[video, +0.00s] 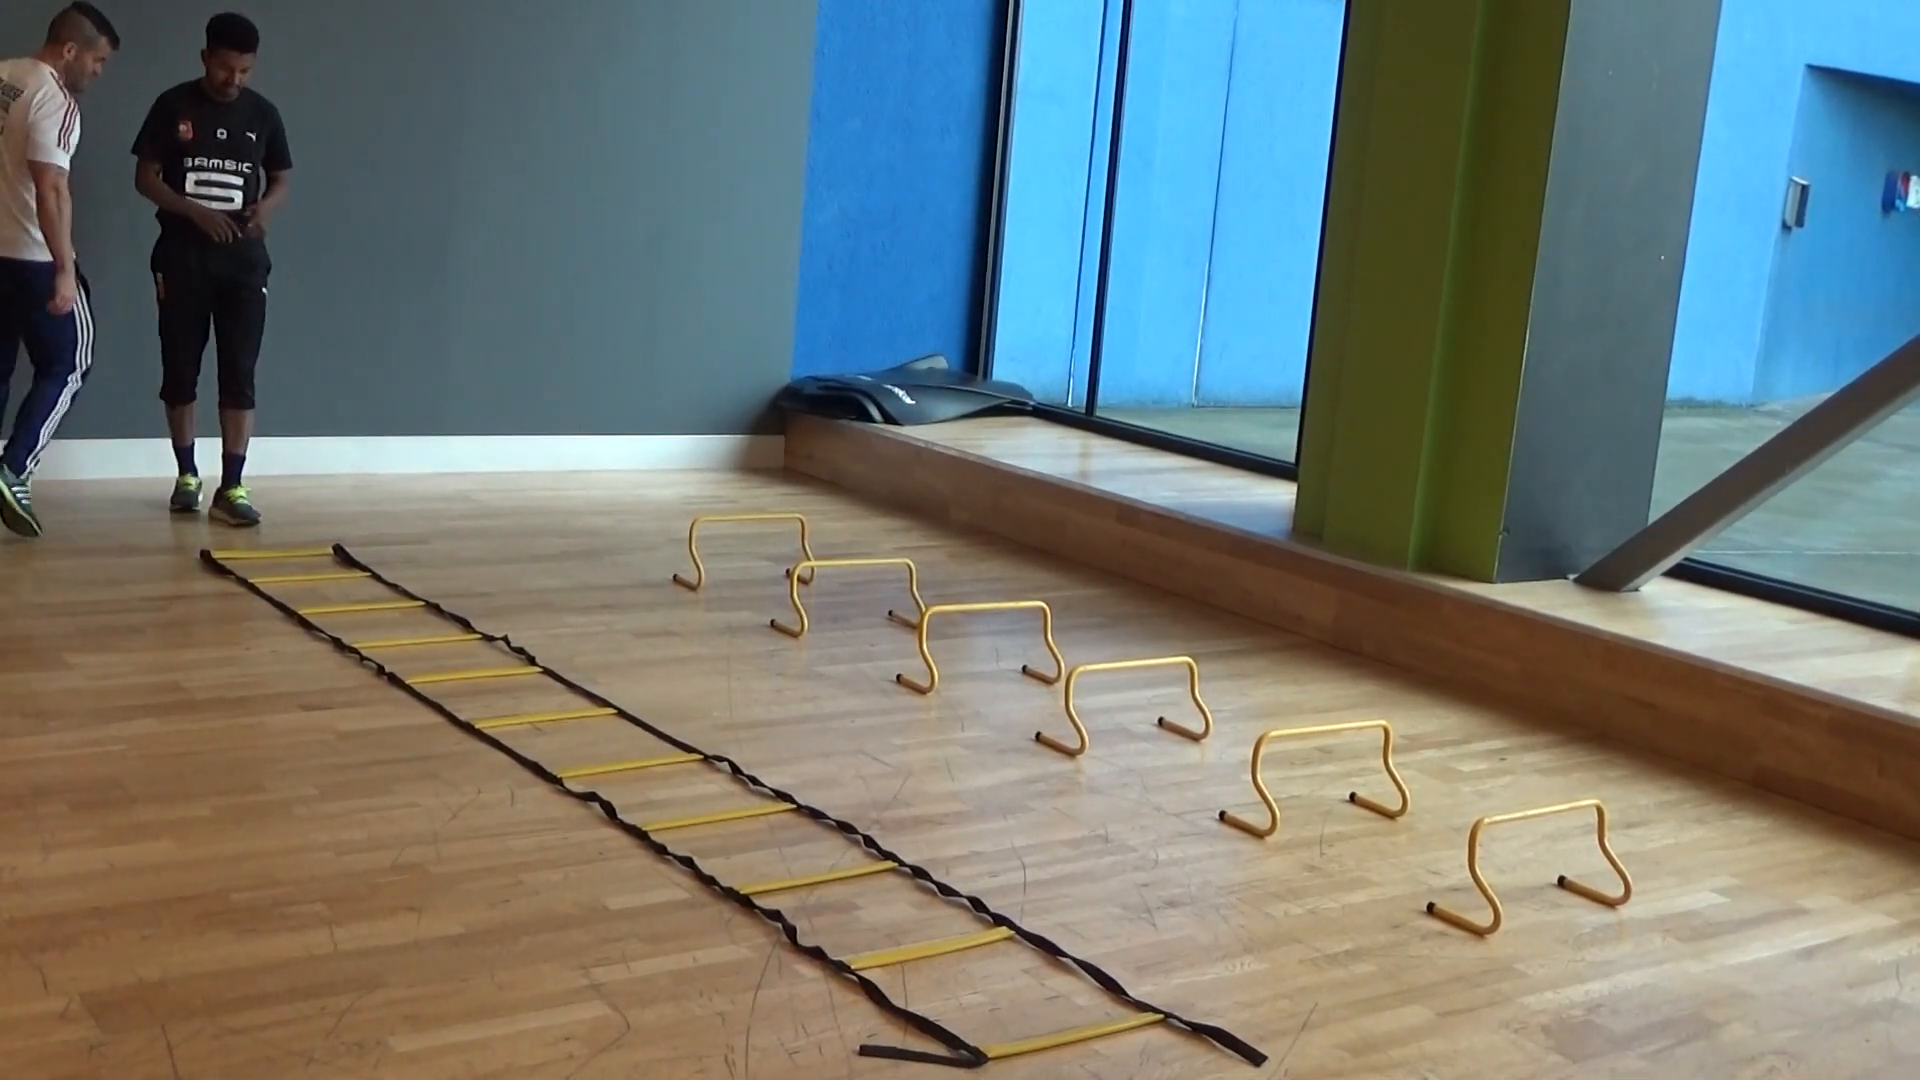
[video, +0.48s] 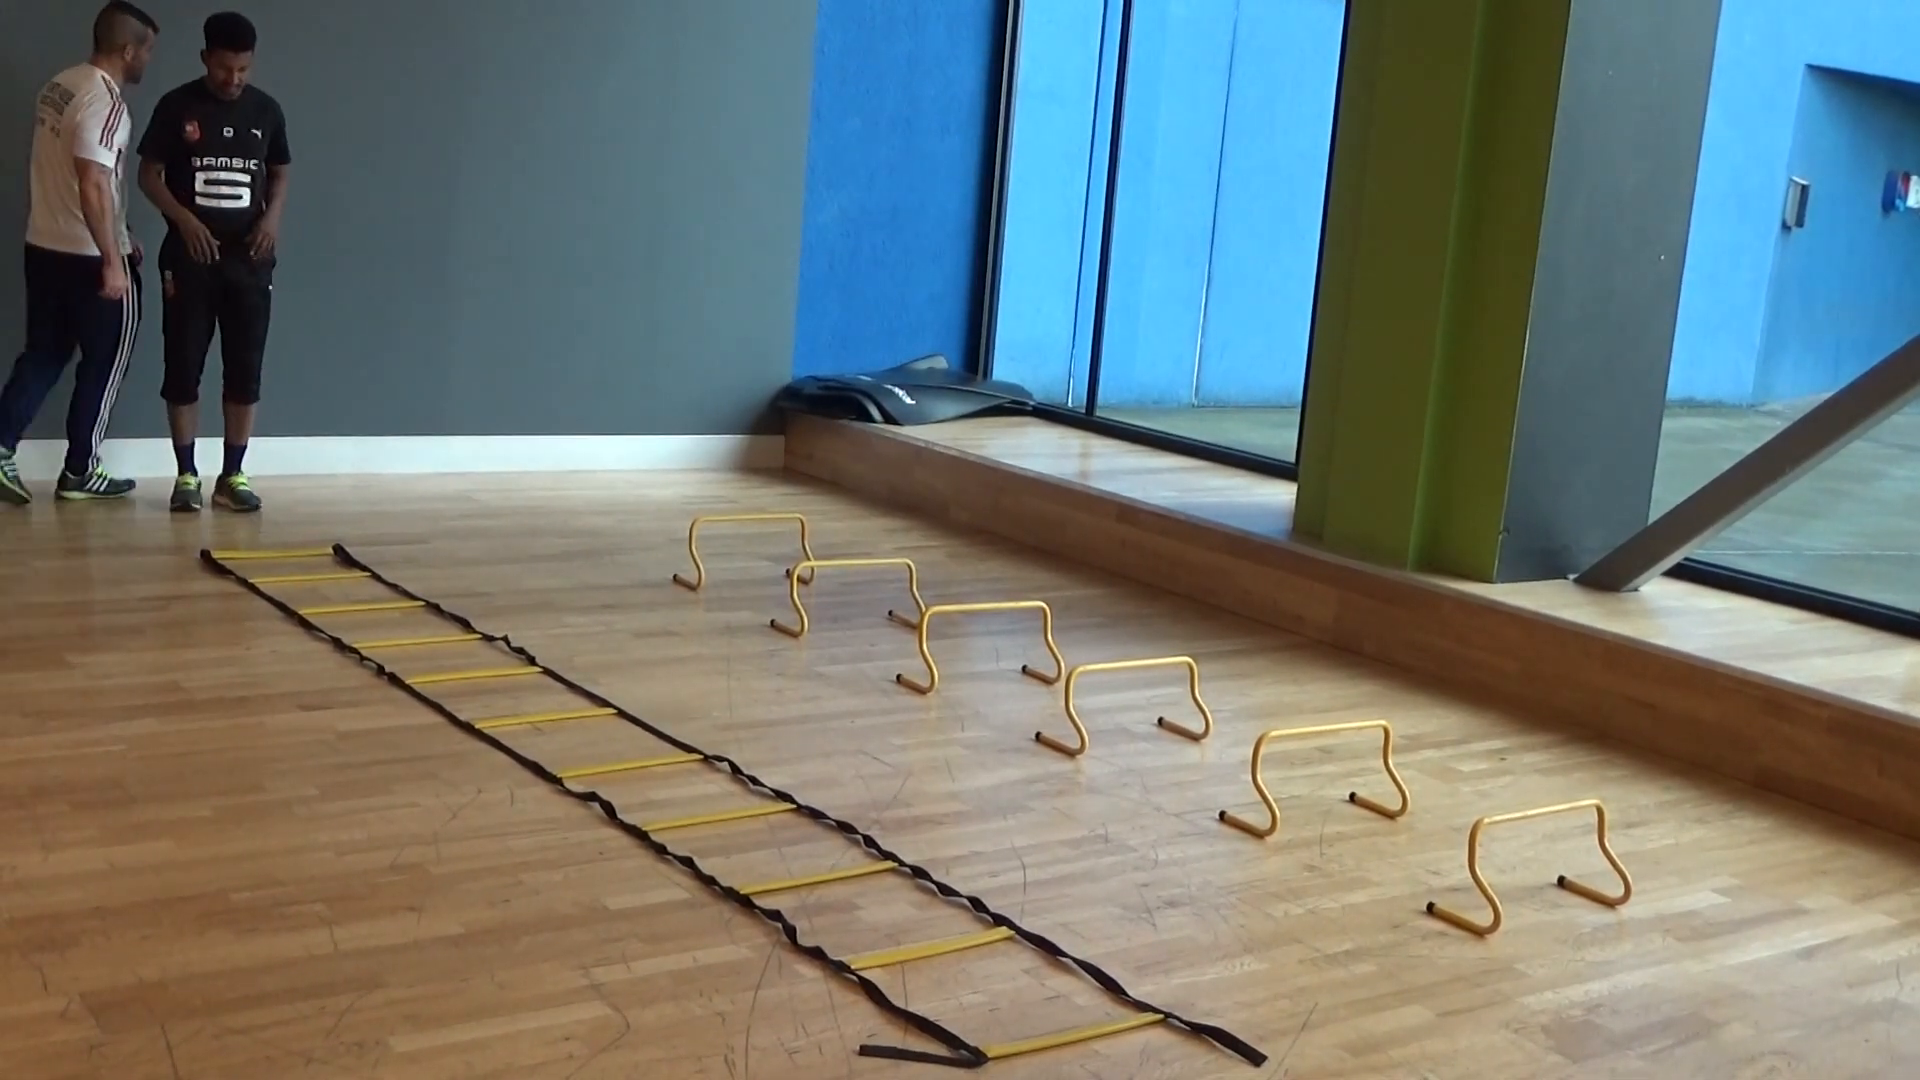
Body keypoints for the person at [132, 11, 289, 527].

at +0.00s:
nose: (234, 79)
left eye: (244, 70)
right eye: (225, 68)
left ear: (254, 65)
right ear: (205, 58)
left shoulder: (264, 114)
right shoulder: (173, 105)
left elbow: (280, 181)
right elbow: (146, 179)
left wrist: (264, 209)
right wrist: (196, 211)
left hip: (244, 259)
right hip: (183, 259)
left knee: (239, 372)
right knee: (181, 370)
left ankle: (232, 488)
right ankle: (187, 477)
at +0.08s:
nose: (230, 80)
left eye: (240, 71)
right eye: (221, 69)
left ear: (250, 65)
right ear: (201, 58)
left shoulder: (260, 113)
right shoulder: (168, 107)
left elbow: (277, 181)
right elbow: (143, 180)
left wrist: (257, 212)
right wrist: (189, 218)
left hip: (242, 261)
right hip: (180, 260)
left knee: (239, 370)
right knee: (178, 369)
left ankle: (232, 486)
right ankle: (185, 477)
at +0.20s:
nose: (227, 79)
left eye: (237, 70)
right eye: (219, 68)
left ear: (247, 63)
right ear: (198, 58)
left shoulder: (257, 110)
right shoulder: (166, 106)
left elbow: (272, 175)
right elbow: (140, 176)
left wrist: (254, 211)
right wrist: (178, 220)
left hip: (242, 258)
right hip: (180, 257)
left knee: (245, 366)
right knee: (178, 370)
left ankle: (232, 478)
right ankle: (186, 477)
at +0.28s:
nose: (227, 78)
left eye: (236, 69)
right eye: (218, 68)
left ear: (246, 62)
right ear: (198, 57)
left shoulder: (257, 109)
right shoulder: (166, 106)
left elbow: (271, 172)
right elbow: (139, 174)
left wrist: (256, 213)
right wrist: (176, 219)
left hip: (243, 258)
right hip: (182, 257)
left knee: (248, 365)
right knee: (179, 369)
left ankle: (232, 474)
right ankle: (186, 476)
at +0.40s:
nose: (229, 79)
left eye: (238, 69)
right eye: (220, 68)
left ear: (249, 61)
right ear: (200, 57)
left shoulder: (262, 110)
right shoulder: (170, 106)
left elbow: (275, 173)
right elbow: (143, 177)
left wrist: (265, 214)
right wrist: (180, 219)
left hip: (246, 257)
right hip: (186, 257)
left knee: (247, 367)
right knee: (181, 368)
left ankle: (233, 475)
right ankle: (187, 476)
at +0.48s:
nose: (234, 79)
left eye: (243, 68)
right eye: (225, 68)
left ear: (253, 61)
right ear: (205, 58)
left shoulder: (267, 111)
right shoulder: (175, 106)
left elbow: (279, 173)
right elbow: (148, 176)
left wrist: (271, 217)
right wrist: (184, 219)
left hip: (249, 261)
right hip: (189, 260)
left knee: (245, 372)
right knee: (184, 371)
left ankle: (232, 478)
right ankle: (187, 477)